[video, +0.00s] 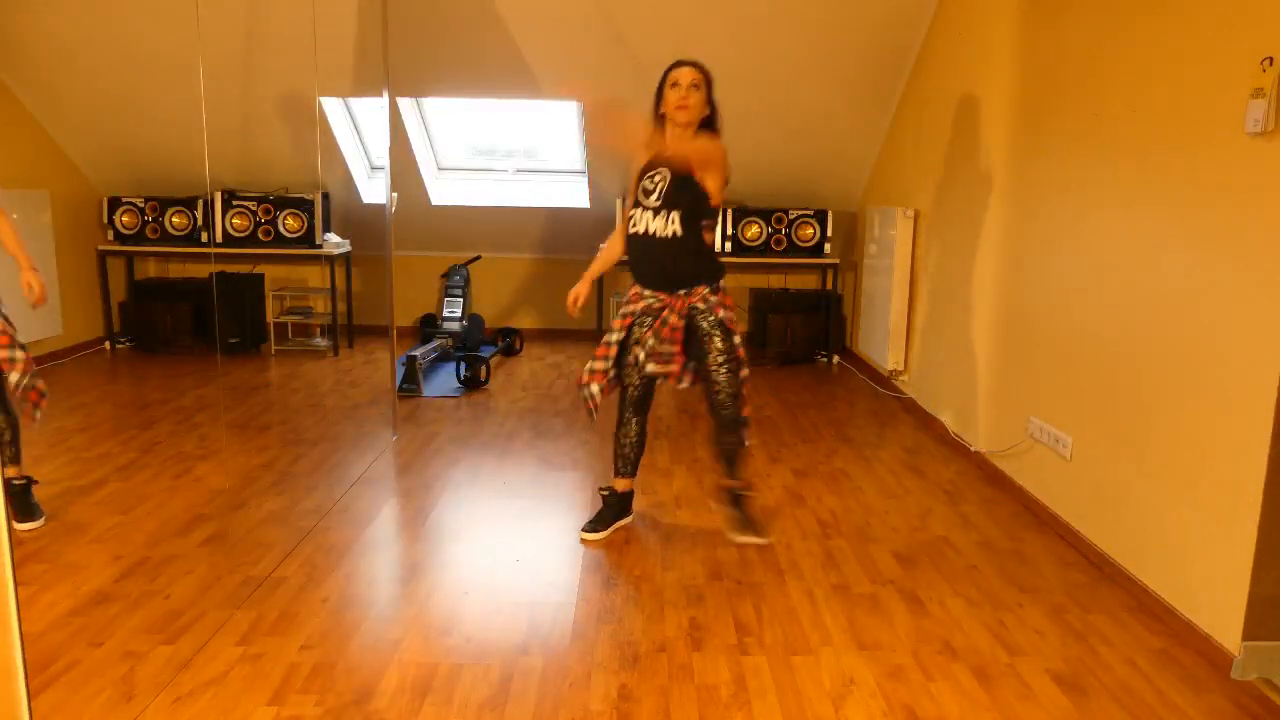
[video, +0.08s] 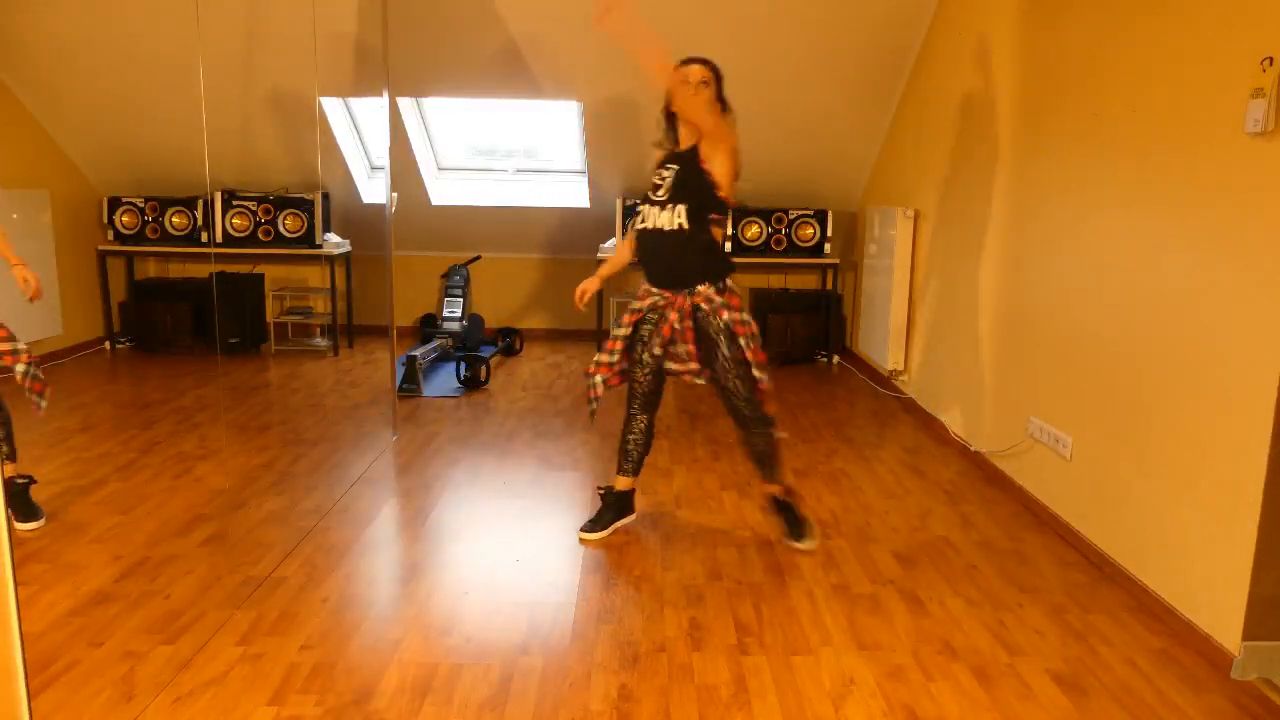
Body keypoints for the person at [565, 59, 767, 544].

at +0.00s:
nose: (683, 94)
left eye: (694, 88)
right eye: (675, 87)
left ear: (707, 102)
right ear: (660, 100)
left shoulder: (711, 152)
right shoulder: (647, 155)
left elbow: (691, 156)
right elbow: (625, 232)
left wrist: (622, 126)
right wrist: (588, 278)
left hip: (700, 295)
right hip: (646, 295)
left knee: (726, 393)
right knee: (633, 397)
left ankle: (737, 495)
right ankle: (620, 497)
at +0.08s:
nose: (693, 86)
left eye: (704, 83)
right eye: (685, 81)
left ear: (718, 100)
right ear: (670, 98)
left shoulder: (720, 151)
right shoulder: (665, 162)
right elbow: (642, 231)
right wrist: (601, 276)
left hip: (707, 299)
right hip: (657, 299)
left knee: (743, 404)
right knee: (640, 399)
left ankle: (782, 498)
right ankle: (620, 496)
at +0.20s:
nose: (709, 114)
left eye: (718, 105)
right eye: (700, 106)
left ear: (734, 115)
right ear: (687, 117)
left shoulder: (741, 172)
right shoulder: (685, 177)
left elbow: (741, 87)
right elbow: (664, 251)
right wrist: (615, 286)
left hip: (732, 309)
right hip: (683, 310)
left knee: (760, 414)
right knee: (657, 401)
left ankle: (804, 506)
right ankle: (626, 501)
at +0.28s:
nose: (723, 124)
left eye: (733, 116)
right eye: (714, 116)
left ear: (749, 128)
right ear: (700, 128)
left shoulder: (759, 179)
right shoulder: (699, 195)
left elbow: (782, 101)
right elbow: (679, 261)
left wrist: (792, 26)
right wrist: (626, 293)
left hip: (761, 318)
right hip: (705, 319)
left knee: (777, 420)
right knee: (668, 411)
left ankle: (803, 511)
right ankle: (626, 502)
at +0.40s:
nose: (738, 133)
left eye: (747, 124)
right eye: (727, 125)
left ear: (762, 133)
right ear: (714, 136)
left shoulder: (783, 169)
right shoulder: (707, 203)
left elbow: (842, 122)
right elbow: (682, 262)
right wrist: (633, 300)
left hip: (803, 318)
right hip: (742, 320)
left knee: (814, 427)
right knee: (695, 409)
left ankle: (807, 508)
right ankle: (656, 482)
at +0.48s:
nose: (746, 136)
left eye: (755, 127)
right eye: (735, 128)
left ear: (769, 137)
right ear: (721, 141)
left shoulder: (789, 176)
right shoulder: (711, 205)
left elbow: (847, 166)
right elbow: (678, 262)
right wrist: (639, 308)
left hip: (814, 321)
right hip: (757, 326)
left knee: (825, 430)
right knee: (738, 427)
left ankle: (807, 508)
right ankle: (701, 468)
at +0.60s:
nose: (754, 138)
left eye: (763, 128)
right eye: (743, 130)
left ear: (776, 137)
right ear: (729, 142)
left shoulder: (796, 189)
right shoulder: (725, 206)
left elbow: (836, 219)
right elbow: (701, 276)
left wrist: (874, 240)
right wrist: (674, 338)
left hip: (819, 325)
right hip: (769, 336)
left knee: (832, 430)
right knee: (810, 436)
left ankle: (809, 510)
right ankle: (782, 499)